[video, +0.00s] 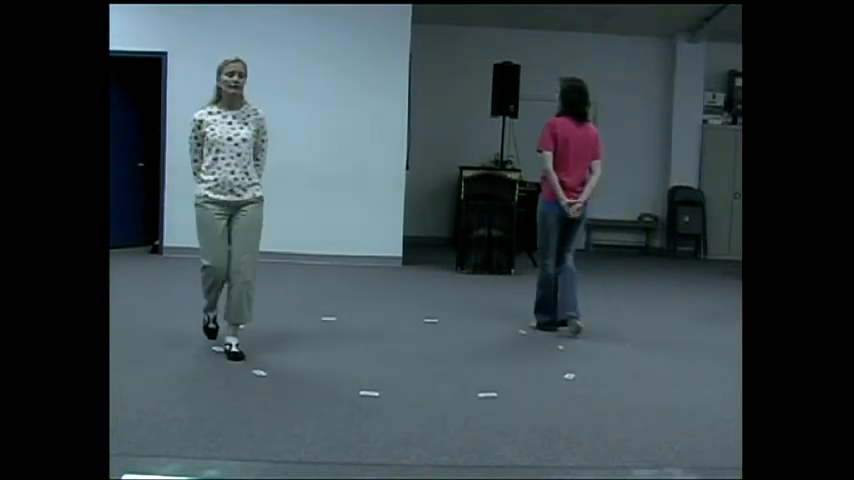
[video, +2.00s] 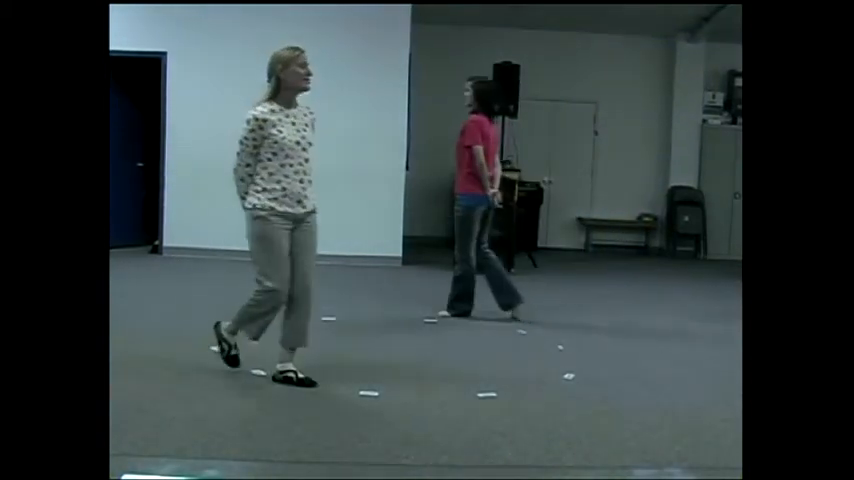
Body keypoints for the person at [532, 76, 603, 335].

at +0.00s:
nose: (559, 99)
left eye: (560, 95)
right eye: (564, 95)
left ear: (562, 99)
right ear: (585, 101)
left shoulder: (553, 126)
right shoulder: (592, 131)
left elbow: (548, 166)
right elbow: (596, 171)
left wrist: (562, 197)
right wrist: (581, 199)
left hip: (553, 200)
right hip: (579, 201)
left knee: (548, 259)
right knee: (567, 256)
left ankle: (546, 318)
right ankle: (571, 313)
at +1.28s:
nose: (532, 97)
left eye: (535, 94)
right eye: (534, 93)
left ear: (542, 98)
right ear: (558, 100)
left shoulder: (536, 123)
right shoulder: (563, 129)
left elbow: (543, 160)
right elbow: (570, 165)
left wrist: (558, 190)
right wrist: (568, 193)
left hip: (540, 198)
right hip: (558, 198)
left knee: (550, 256)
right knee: (539, 256)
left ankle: (574, 312)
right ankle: (529, 312)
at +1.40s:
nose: (525, 101)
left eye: (527, 97)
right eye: (527, 96)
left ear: (531, 101)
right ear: (549, 102)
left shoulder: (528, 126)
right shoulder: (551, 130)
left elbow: (535, 164)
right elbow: (558, 166)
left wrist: (547, 194)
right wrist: (557, 195)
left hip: (529, 201)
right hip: (547, 202)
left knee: (520, 254)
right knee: (529, 254)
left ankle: (554, 302)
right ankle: (528, 312)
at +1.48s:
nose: (514, 98)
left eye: (518, 95)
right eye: (515, 94)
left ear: (527, 100)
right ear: (538, 102)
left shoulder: (525, 128)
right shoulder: (544, 130)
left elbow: (531, 166)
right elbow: (551, 166)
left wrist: (542, 195)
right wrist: (553, 196)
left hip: (523, 203)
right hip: (540, 202)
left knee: (507, 253)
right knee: (525, 253)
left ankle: (540, 297)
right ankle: (525, 310)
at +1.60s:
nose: (502, 96)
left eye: (506, 92)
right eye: (503, 92)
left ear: (516, 97)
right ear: (524, 99)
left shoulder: (515, 124)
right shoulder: (531, 127)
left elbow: (522, 160)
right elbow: (538, 163)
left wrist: (533, 190)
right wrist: (540, 190)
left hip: (513, 198)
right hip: (530, 199)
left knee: (491, 246)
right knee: (523, 251)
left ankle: (505, 304)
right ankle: (528, 310)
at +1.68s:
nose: (496, 97)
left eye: (499, 93)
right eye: (497, 92)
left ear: (510, 97)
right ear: (518, 98)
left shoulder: (510, 123)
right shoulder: (525, 127)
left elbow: (518, 159)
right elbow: (534, 162)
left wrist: (528, 189)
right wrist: (534, 189)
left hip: (507, 198)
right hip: (526, 198)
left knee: (488, 247)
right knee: (522, 253)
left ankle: (483, 308)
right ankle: (528, 312)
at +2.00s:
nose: (465, 95)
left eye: (469, 92)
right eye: (466, 91)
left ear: (478, 97)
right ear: (487, 99)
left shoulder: (473, 123)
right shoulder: (490, 125)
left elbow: (480, 158)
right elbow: (496, 162)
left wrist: (489, 187)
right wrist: (495, 188)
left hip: (469, 197)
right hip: (486, 196)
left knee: (464, 255)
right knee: (482, 249)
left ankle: (459, 307)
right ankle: (511, 299)